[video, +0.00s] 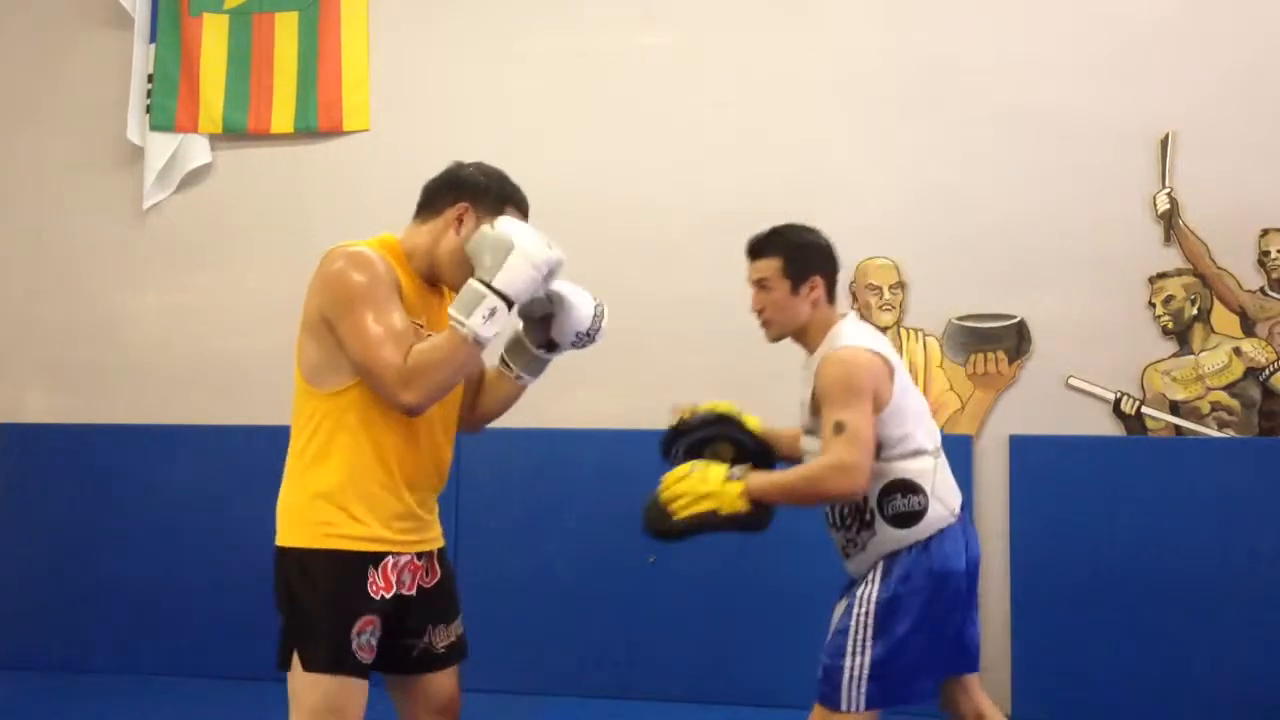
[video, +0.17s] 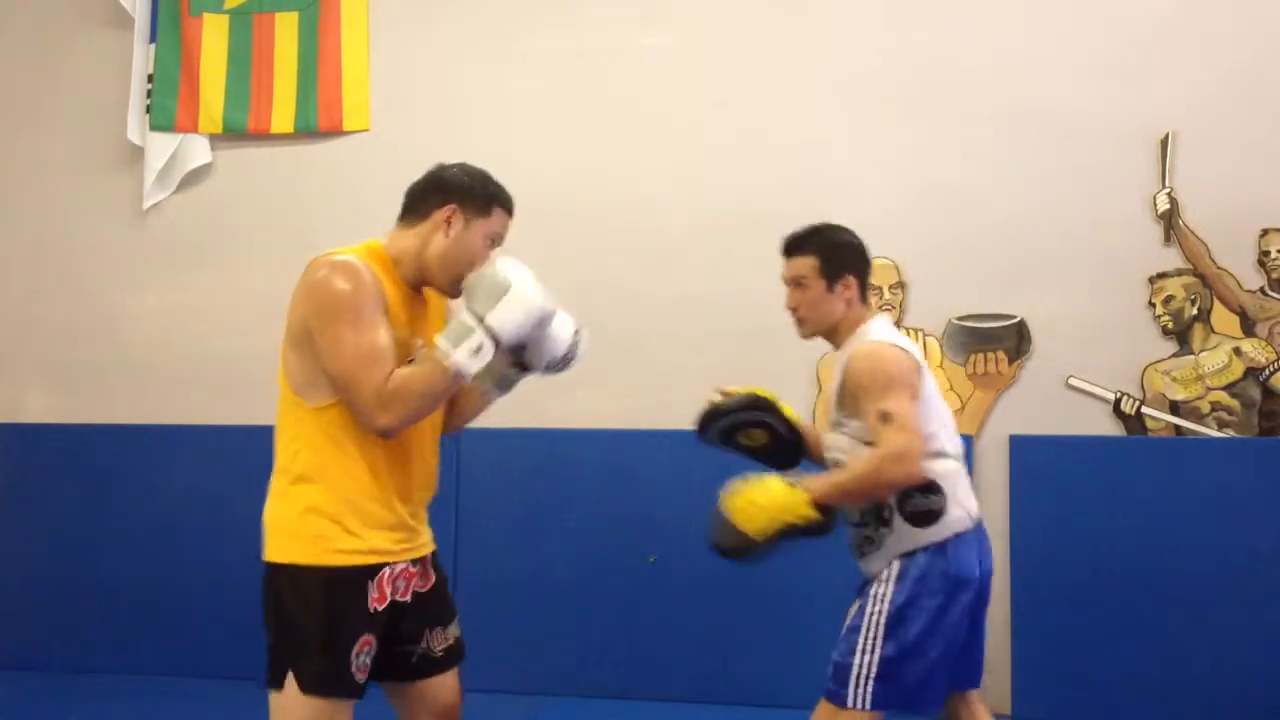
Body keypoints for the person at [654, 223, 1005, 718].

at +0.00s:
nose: (754, 303)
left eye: (764, 287)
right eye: (753, 288)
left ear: (812, 290)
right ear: (812, 294)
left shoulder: (846, 359)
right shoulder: (851, 344)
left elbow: (848, 475)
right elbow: (837, 445)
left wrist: (742, 487)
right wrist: (757, 439)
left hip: (905, 558)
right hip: (941, 543)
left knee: (839, 709)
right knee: (964, 695)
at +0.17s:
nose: (788, 301)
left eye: (799, 285)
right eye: (787, 286)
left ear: (846, 289)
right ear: (842, 293)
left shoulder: (876, 357)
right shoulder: (847, 359)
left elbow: (903, 461)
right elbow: (851, 454)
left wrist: (801, 495)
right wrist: (783, 431)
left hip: (922, 560)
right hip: (947, 552)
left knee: (842, 710)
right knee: (957, 702)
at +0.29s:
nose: (809, 312)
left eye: (819, 296)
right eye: (807, 298)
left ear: (867, 297)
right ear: (867, 301)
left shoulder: (895, 361)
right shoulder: (890, 357)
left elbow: (943, 459)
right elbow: (890, 463)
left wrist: (857, 520)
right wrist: (814, 453)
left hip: (929, 566)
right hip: (958, 559)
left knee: (836, 709)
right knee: (958, 707)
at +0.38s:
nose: (809, 305)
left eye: (820, 289)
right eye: (807, 290)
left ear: (867, 290)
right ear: (868, 293)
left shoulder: (892, 352)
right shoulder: (902, 342)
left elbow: (959, 440)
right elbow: (901, 450)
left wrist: (878, 507)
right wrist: (819, 441)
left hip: (925, 553)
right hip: (966, 546)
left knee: (827, 708)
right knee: (964, 701)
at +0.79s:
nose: (759, 326)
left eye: (770, 308)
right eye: (757, 311)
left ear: (819, 308)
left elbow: (877, 488)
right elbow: (801, 454)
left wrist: (776, 464)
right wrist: (755, 463)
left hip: (914, 562)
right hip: (884, 560)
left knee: (826, 712)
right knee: (947, 705)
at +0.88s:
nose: (759, 327)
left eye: (771, 310)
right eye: (757, 311)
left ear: (820, 309)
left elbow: (865, 485)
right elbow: (798, 450)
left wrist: (766, 462)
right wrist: (751, 456)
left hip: (918, 557)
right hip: (883, 555)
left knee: (832, 710)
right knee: (945, 703)